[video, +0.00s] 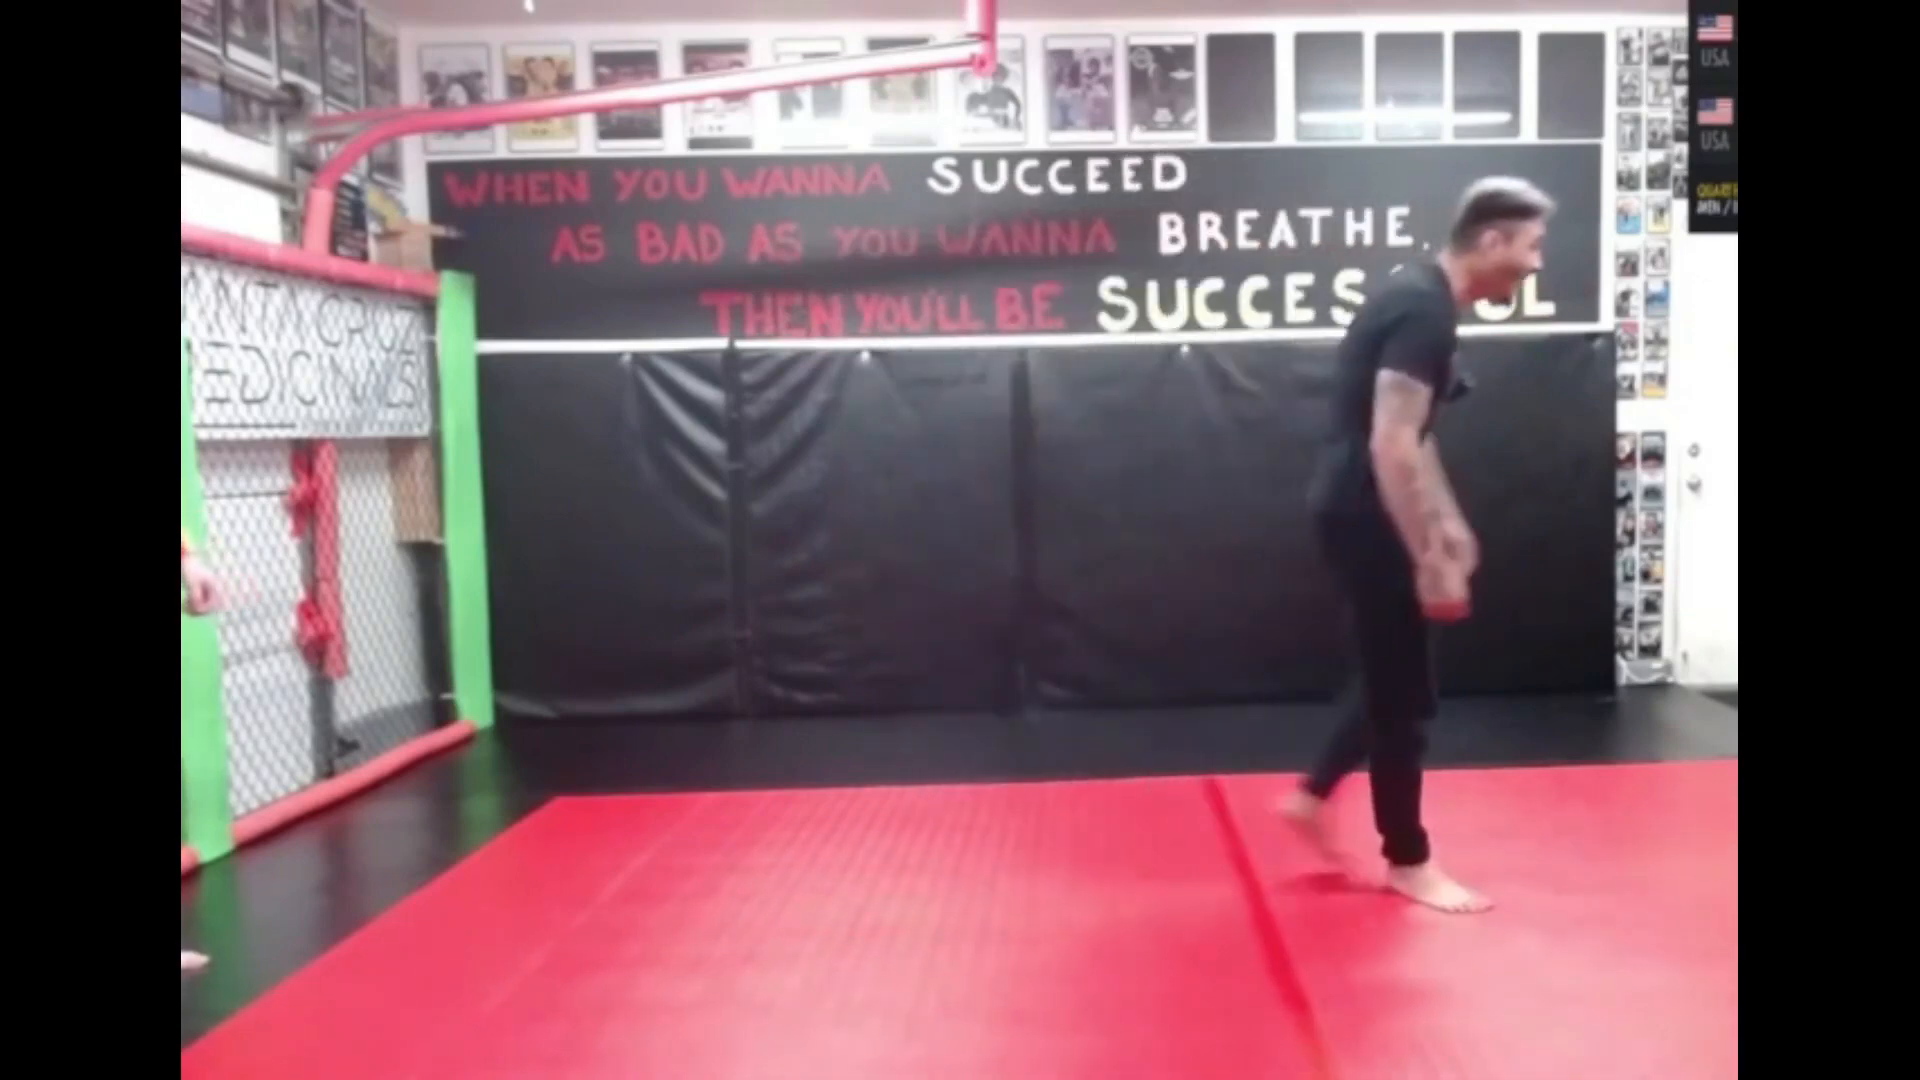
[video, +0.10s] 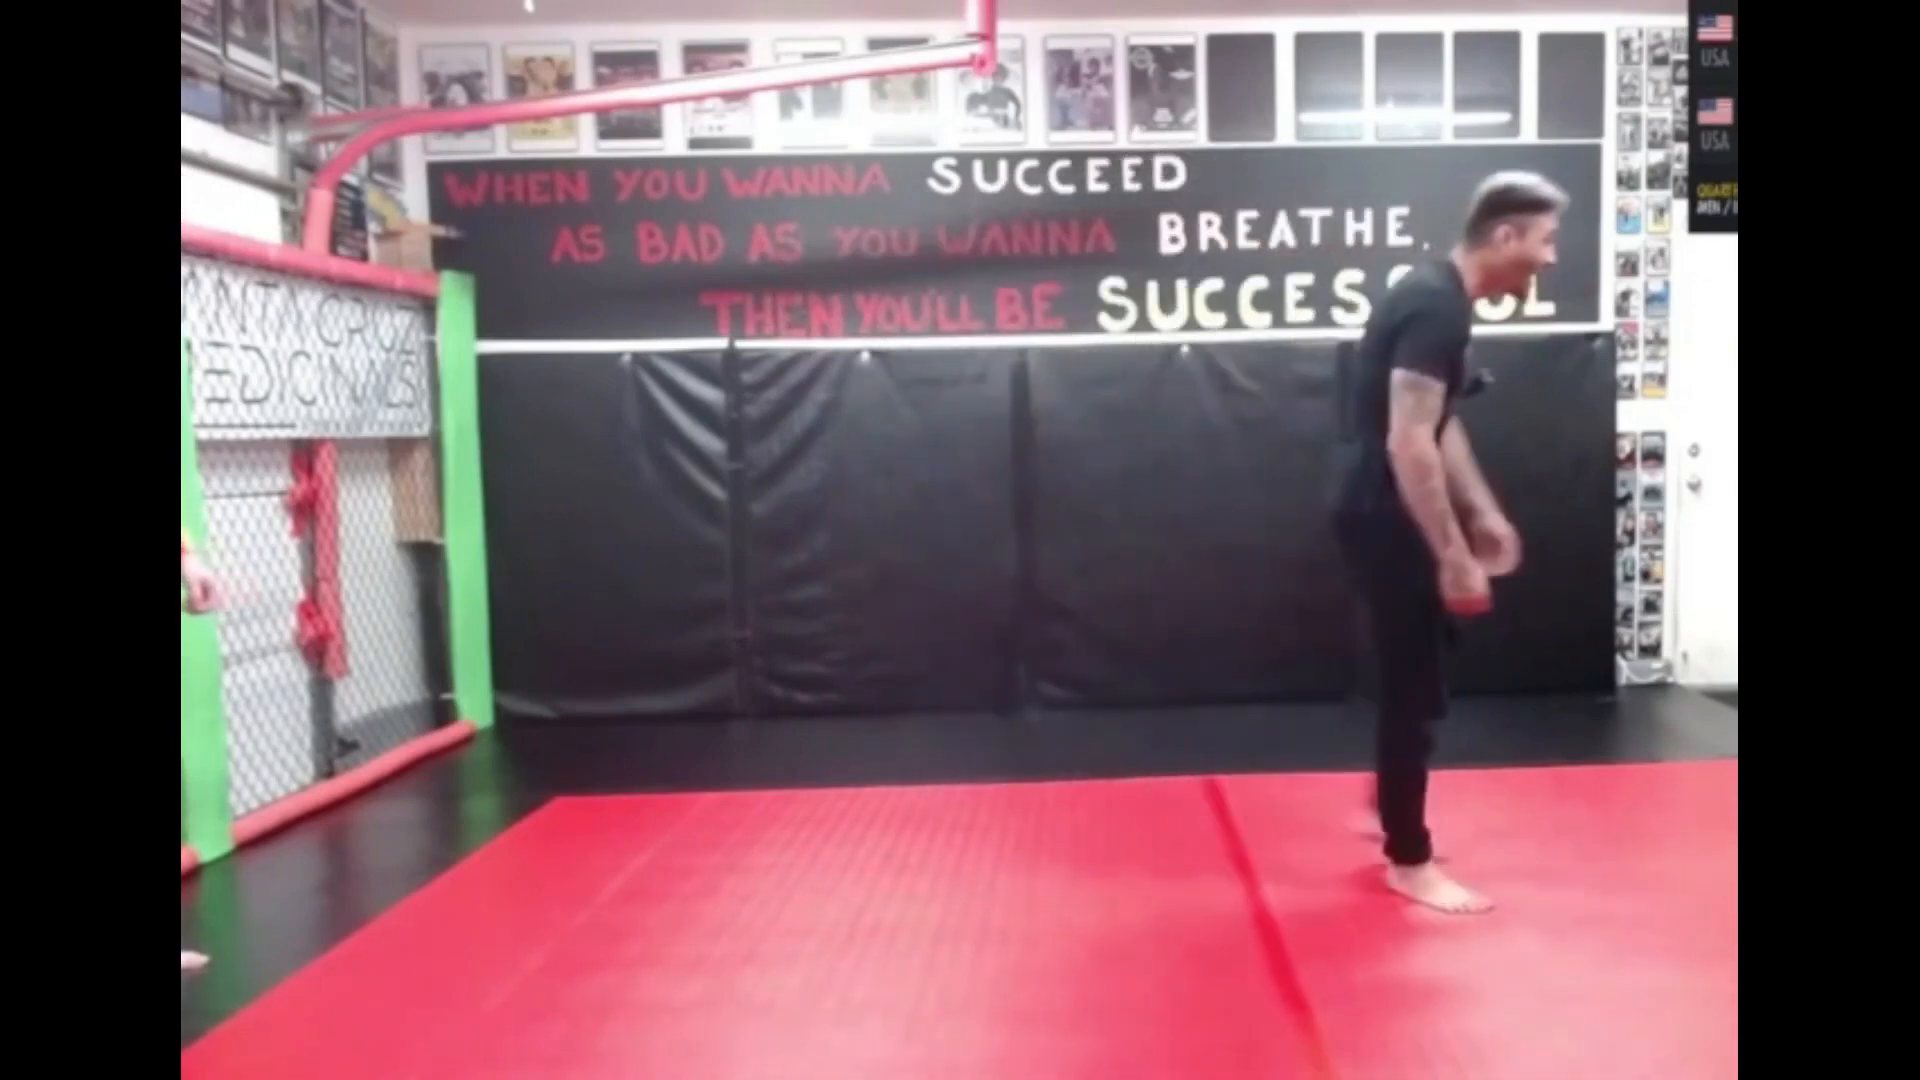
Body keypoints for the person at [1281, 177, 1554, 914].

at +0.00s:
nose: (1533, 266)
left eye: (1537, 250)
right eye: (1529, 248)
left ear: (1487, 242)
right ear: (1489, 240)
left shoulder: (1424, 302)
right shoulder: (1423, 312)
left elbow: (1415, 435)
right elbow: (1390, 445)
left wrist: (1449, 523)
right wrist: (1426, 556)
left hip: (1374, 510)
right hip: (1365, 517)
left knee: (1392, 675)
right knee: (1402, 688)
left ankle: (1311, 794)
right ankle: (1407, 862)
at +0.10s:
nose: (1547, 259)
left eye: (1550, 243)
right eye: (1542, 241)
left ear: (1497, 236)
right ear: (1502, 235)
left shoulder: (1441, 299)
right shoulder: (1435, 308)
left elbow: (1442, 423)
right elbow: (1408, 440)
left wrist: (1483, 512)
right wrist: (1449, 553)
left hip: (1397, 512)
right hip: (1387, 519)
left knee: (1413, 677)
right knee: (1414, 682)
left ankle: (1396, 818)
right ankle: (1410, 860)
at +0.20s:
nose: (1562, 250)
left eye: (1564, 234)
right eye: (1555, 233)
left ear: (1510, 231)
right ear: (1512, 229)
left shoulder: (1471, 305)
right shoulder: (1440, 305)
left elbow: (1479, 419)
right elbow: (1418, 439)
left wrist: (1527, 511)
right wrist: (1465, 552)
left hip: (1448, 511)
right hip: (1409, 517)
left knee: (1475, 651)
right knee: (1425, 675)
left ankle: (1479, 801)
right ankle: (1412, 860)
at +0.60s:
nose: (1533, 230)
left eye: (1545, 218)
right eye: (1519, 217)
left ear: (1560, 231)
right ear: (1490, 227)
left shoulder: (1571, 308)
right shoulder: (1446, 308)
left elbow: (1591, 408)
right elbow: (1404, 414)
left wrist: (1609, 486)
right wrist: (1390, 517)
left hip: (1541, 506)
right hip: (1459, 503)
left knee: (1536, 657)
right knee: (1455, 657)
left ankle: (1522, 800)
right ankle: (1446, 830)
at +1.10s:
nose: (1438, 251)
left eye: (1451, 239)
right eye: (1431, 241)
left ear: (1487, 245)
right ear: (1426, 250)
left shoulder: (1522, 318)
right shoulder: (1415, 326)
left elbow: (1540, 422)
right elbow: (1398, 424)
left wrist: (1514, 519)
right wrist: (1381, 510)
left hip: (1495, 512)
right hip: (1424, 508)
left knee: (1508, 656)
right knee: (1405, 639)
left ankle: (1518, 797)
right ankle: (1395, 765)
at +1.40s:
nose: (1382, 271)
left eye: (1393, 259)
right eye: (1374, 261)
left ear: (1422, 263)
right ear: (1367, 270)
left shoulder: (1445, 329)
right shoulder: (1358, 344)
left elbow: (1457, 414)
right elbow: (1345, 433)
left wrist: (1422, 472)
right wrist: (1324, 516)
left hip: (1422, 494)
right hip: (1366, 497)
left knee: (1422, 632)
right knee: (1378, 628)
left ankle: (1459, 785)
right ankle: (1404, 756)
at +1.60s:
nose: (1355, 270)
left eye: (1367, 259)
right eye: (1348, 261)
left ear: (1394, 265)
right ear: (1342, 271)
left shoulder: (1416, 322)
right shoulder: (1340, 344)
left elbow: (1430, 387)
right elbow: (1327, 437)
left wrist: (1421, 434)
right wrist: (1300, 518)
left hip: (1406, 490)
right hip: (1355, 494)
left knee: (1377, 626)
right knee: (1375, 626)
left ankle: (1375, 779)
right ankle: (1404, 759)